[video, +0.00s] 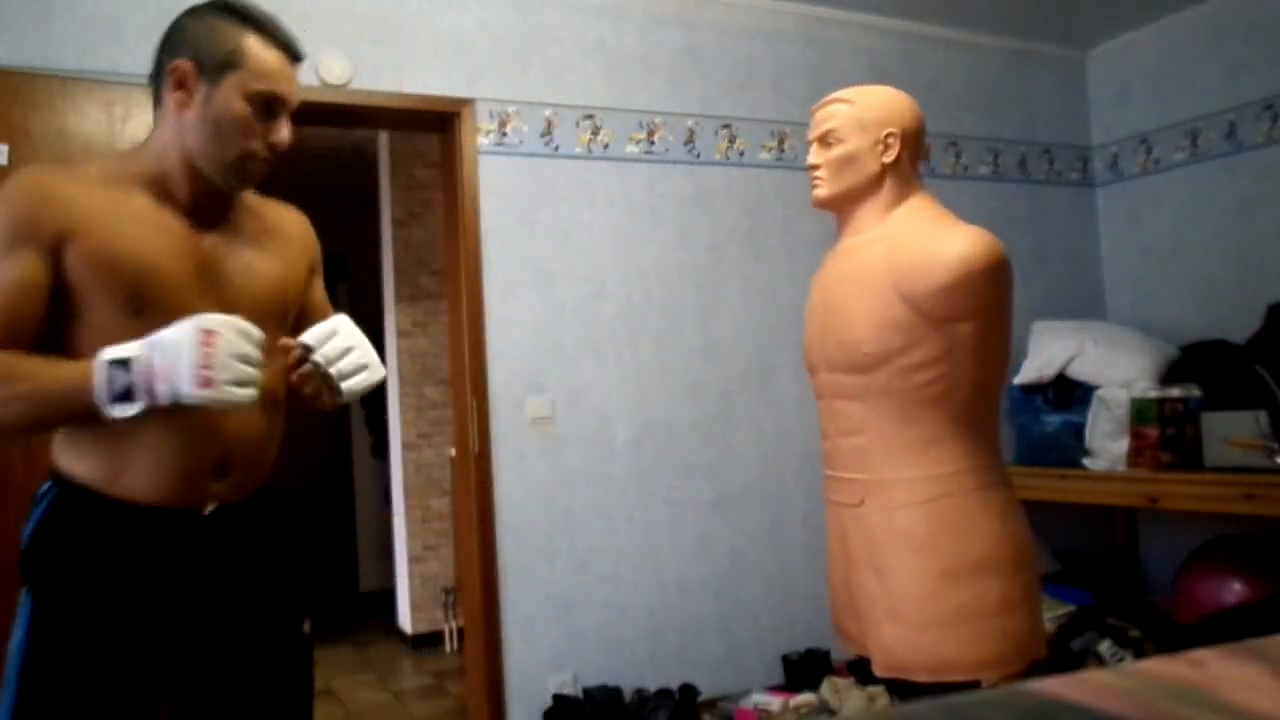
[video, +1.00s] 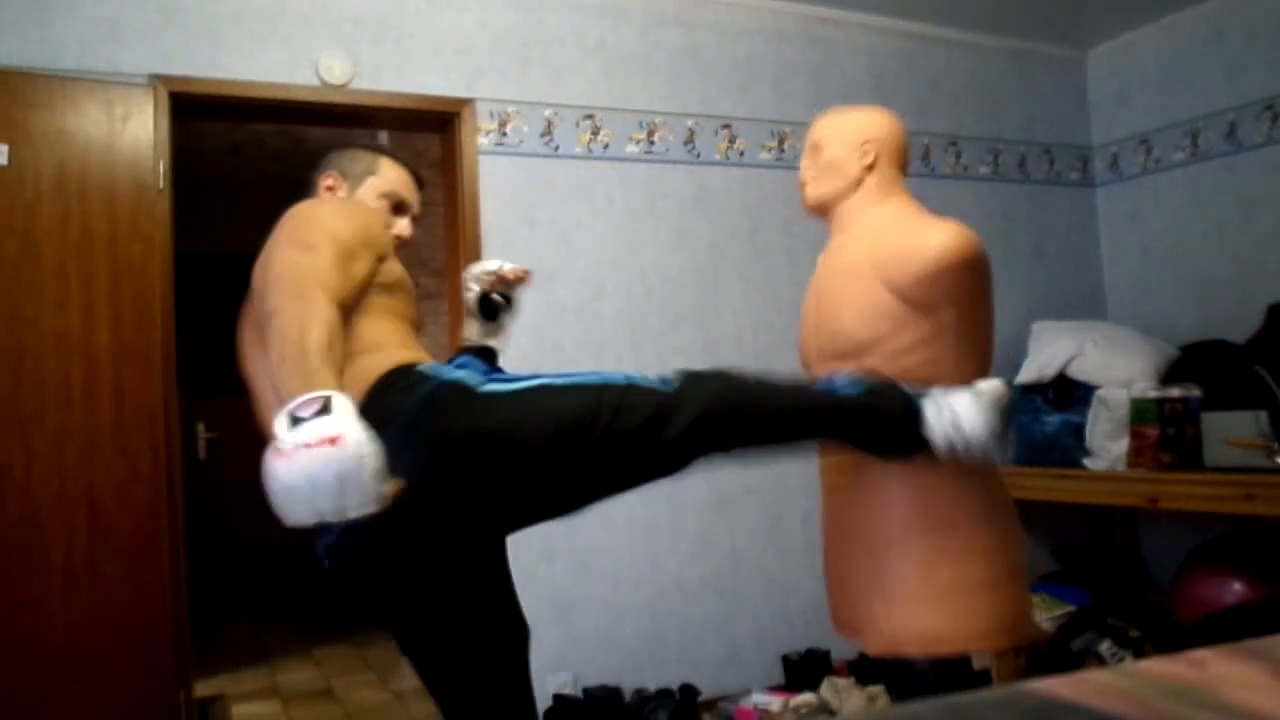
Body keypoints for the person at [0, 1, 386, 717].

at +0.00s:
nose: (283, 137)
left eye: (290, 117)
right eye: (263, 108)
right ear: (182, 90)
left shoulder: (291, 233)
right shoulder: (43, 204)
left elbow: (316, 377)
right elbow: (4, 382)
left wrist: (329, 373)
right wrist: (138, 372)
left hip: (247, 551)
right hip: (99, 552)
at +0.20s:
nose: (243, 174)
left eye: (249, 151)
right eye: (222, 143)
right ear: (136, 118)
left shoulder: (242, 259)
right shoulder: (15, 239)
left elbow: (319, 431)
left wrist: (320, 364)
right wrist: (21, 402)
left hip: (198, 577)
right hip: (47, 566)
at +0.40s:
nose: (265, 180)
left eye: (272, 158)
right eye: (246, 147)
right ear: (164, 116)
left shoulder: (245, 257)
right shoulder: (23, 230)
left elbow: (332, 390)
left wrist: (353, 292)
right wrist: (49, 476)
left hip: (204, 576)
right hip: (57, 576)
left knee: (326, 719)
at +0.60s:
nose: (342, 214)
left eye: (345, 195)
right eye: (327, 187)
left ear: (256, 169)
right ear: (254, 167)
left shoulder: (278, 269)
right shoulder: (180, 242)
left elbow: (258, 437)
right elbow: (333, 327)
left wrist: (348, 448)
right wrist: (446, 258)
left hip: (262, 594)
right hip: (165, 599)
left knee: (402, 718)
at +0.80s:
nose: (363, 189)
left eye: (362, 174)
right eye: (352, 171)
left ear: (280, 164)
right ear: (291, 163)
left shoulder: (188, 298)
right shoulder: (307, 201)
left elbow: (144, 436)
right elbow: (455, 229)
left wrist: (213, 514)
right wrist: (626, 231)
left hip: (307, 529)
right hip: (378, 475)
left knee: (453, 699)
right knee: (561, 659)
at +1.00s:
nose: (409, 229)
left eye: (413, 217)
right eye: (397, 208)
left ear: (340, 197)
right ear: (344, 188)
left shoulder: (354, 278)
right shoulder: (333, 215)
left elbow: (406, 393)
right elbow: (288, 312)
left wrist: (479, 324)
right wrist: (306, 417)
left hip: (373, 504)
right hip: (413, 427)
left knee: (490, 701)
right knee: (673, 412)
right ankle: (923, 420)